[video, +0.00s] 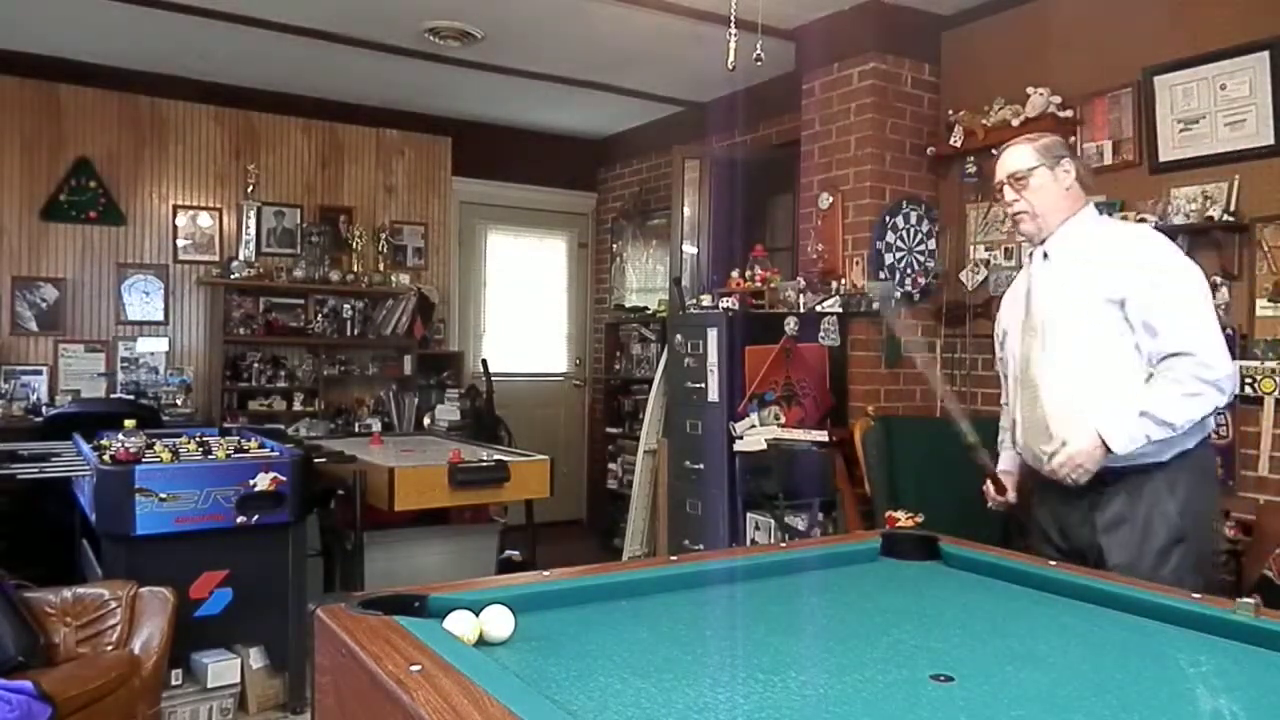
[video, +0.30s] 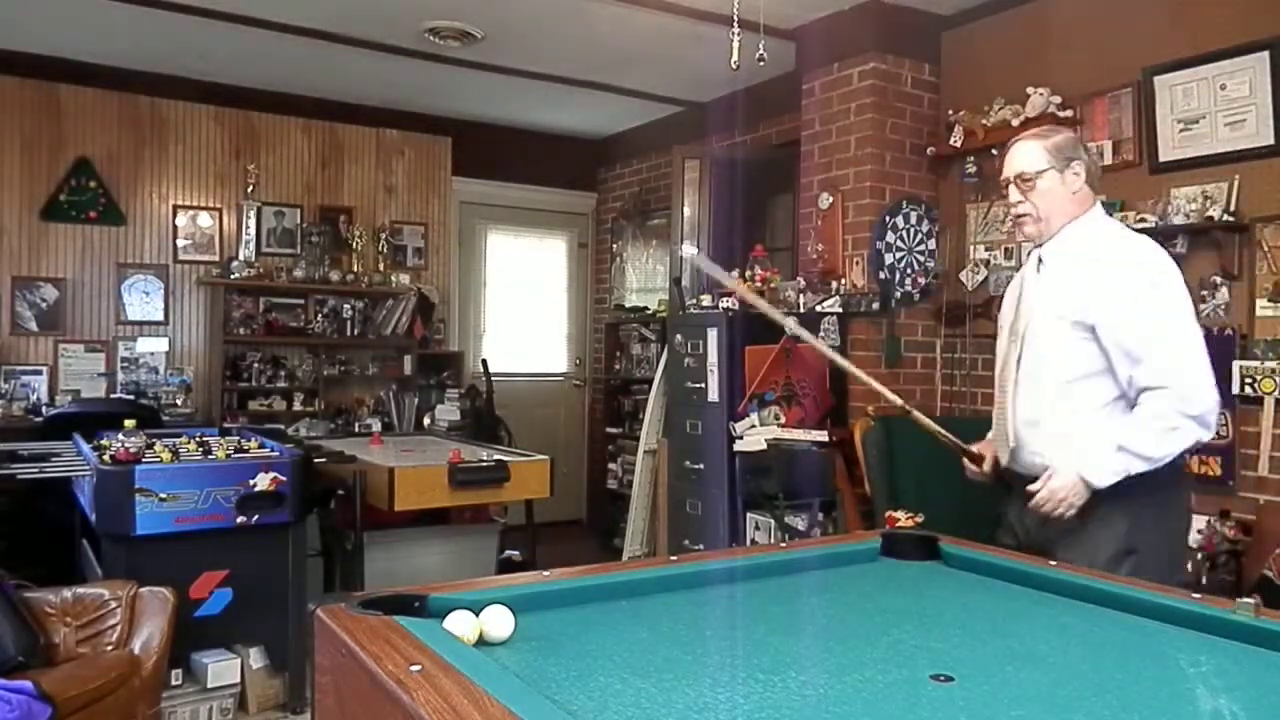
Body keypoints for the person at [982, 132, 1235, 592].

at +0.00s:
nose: (1008, 200)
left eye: (1019, 182)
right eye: (1001, 191)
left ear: (1066, 175)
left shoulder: (1139, 250)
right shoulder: (1015, 295)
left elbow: (1205, 371)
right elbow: (1015, 393)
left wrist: (1106, 442)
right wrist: (1009, 461)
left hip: (1149, 495)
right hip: (1050, 499)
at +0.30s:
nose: (1013, 198)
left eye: (1027, 181)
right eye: (1007, 187)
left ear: (1075, 178)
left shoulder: (1127, 260)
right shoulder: (1028, 274)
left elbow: (1187, 401)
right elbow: (1044, 384)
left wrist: (1086, 473)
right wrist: (998, 442)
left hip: (1118, 513)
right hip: (1032, 505)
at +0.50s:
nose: (1012, 192)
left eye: (1027, 176)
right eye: (1007, 179)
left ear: (1077, 177)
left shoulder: (1116, 263)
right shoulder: (1029, 259)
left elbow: (1143, 417)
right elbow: (1031, 372)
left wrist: (1038, 472)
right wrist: (985, 431)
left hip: (1094, 505)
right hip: (1012, 492)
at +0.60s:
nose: (998, 194)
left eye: (1014, 178)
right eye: (993, 181)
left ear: (1063, 179)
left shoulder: (1101, 263)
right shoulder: (1014, 260)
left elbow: (1126, 415)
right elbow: (1020, 373)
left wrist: (1022, 470)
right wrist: (972, 431)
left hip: (1081, 504)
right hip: (999, 495)